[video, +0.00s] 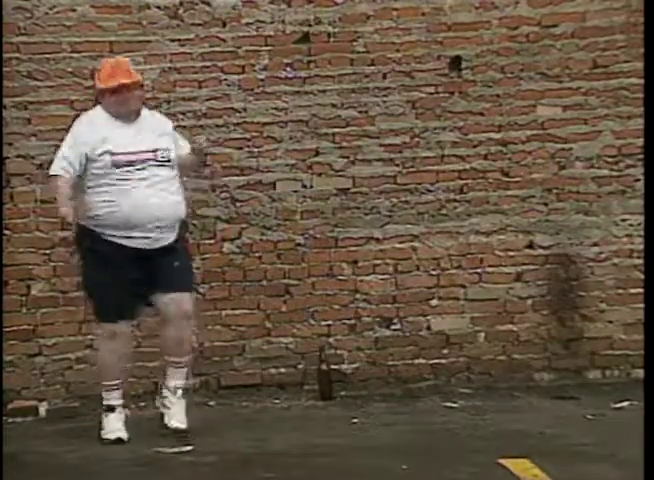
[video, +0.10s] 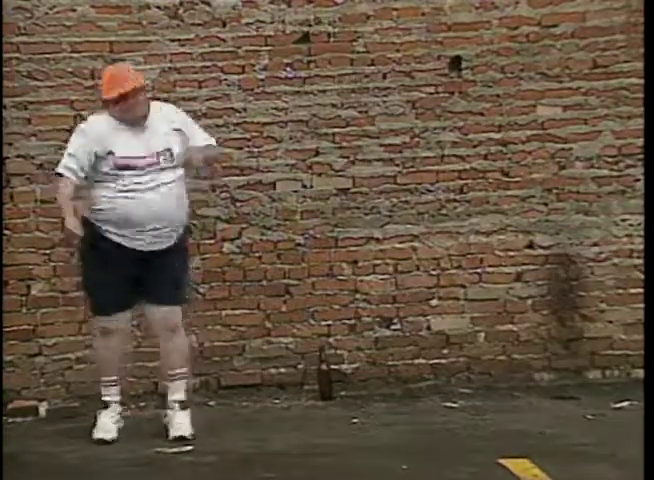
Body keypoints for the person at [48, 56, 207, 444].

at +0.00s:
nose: (133, 94)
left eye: (135, 88)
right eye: (124, 90)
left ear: (141, 89)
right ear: (105, 97)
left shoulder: (157, 122)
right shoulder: (88, 127)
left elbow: (181, 160)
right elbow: (64, 173)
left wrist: (200, 161)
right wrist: (65, 207)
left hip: (165, 241)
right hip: (108, 243)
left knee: (181, 309)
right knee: (115, 327)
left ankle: (174, 392)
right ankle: (113, 409)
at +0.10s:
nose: (121, 105)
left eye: (126, 97)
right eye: (115, 101)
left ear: (143, 92)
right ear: (108, 103)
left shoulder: (170, 117)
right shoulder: (93, 130)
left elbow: (210, 151)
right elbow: (65, 179)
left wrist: (198, 158)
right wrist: (69, 218)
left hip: (166, 242)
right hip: (109, 243)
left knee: (170, 325)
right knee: (109, 328)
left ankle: (178, 408)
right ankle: (111, 408)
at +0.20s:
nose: (137, 132)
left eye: (141, 124)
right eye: (128, 127)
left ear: (152, 114)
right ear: (116, 124)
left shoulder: (178, 135)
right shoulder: (107, 152)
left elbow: (222, 158)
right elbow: (70, 194)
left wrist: (211, 186)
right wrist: (86, 221)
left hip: (169, 260)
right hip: (111, 258)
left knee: (173, 334)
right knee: (105, 336)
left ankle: (178, 412)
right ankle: (107, 412)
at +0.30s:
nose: (140, 149)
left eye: (144, 141)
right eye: (132, 144)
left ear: (155, 126)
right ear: (119, 136)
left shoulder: (182, 147)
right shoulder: (109, 156)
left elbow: (220, 176)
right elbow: (81, 197)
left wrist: (227, 219)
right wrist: (88, 205)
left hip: (173, 263)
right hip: (112, 258)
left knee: (174, 337)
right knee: (100, 330)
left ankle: (177, 412)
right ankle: (103, 408)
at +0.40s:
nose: (141, 143)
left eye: (145, 136)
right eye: (133, 138)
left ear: (157, 120)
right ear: (120, 128)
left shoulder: (184, 143)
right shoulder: (110, 142)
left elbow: (228, 181)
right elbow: (80, 174)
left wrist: (229, 226)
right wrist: (94, 183)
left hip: (171, 258)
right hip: (111, 252)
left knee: (173, 338)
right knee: (92, 320)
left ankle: (176, 411)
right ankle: (101, 399)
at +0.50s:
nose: (137, 131)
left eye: (143, 125)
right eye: (130, 125)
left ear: (157, 114)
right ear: (119, 114)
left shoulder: (184, 137)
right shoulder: (107, 130)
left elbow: (224, 178)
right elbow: (77, 178)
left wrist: (227, 220)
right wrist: (80, 170)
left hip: (174, 246)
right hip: (117, 246)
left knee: (174, 332)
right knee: (95, 316)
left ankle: (182, 411)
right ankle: (103, 400)